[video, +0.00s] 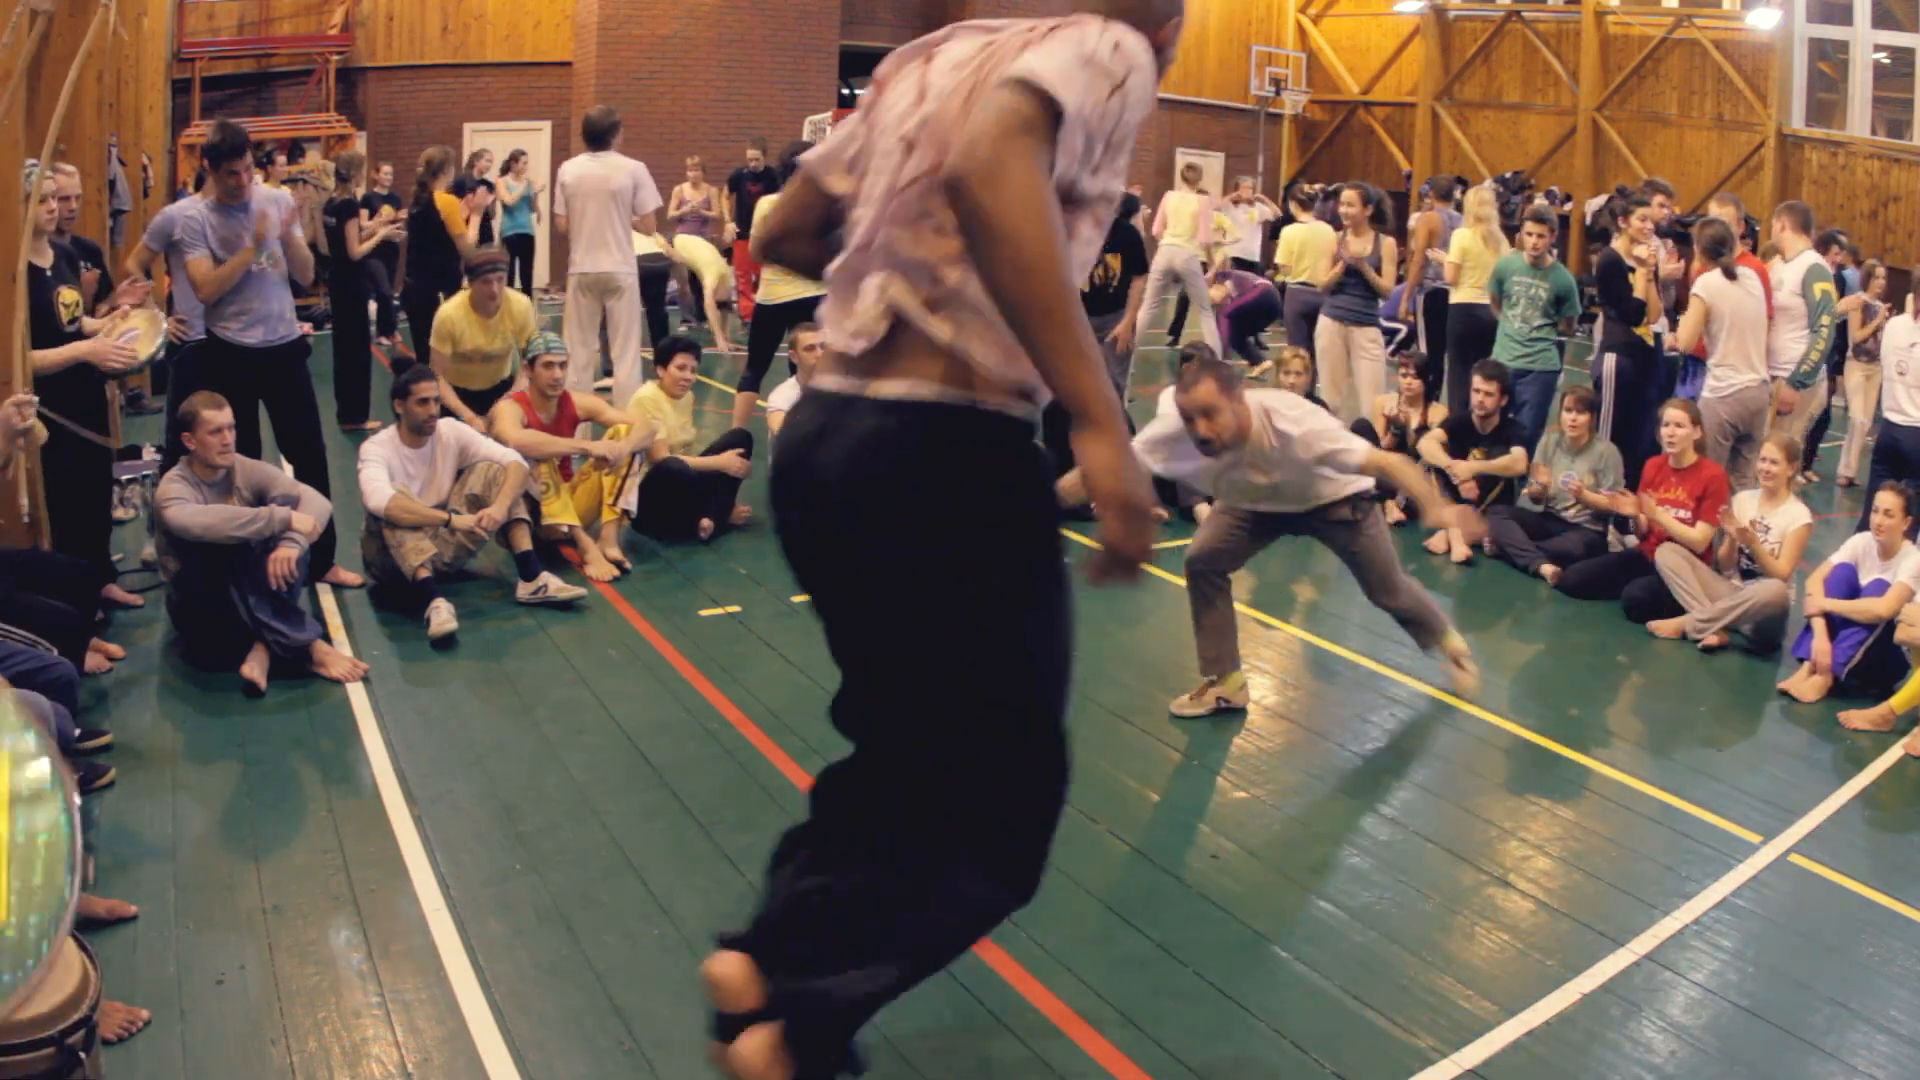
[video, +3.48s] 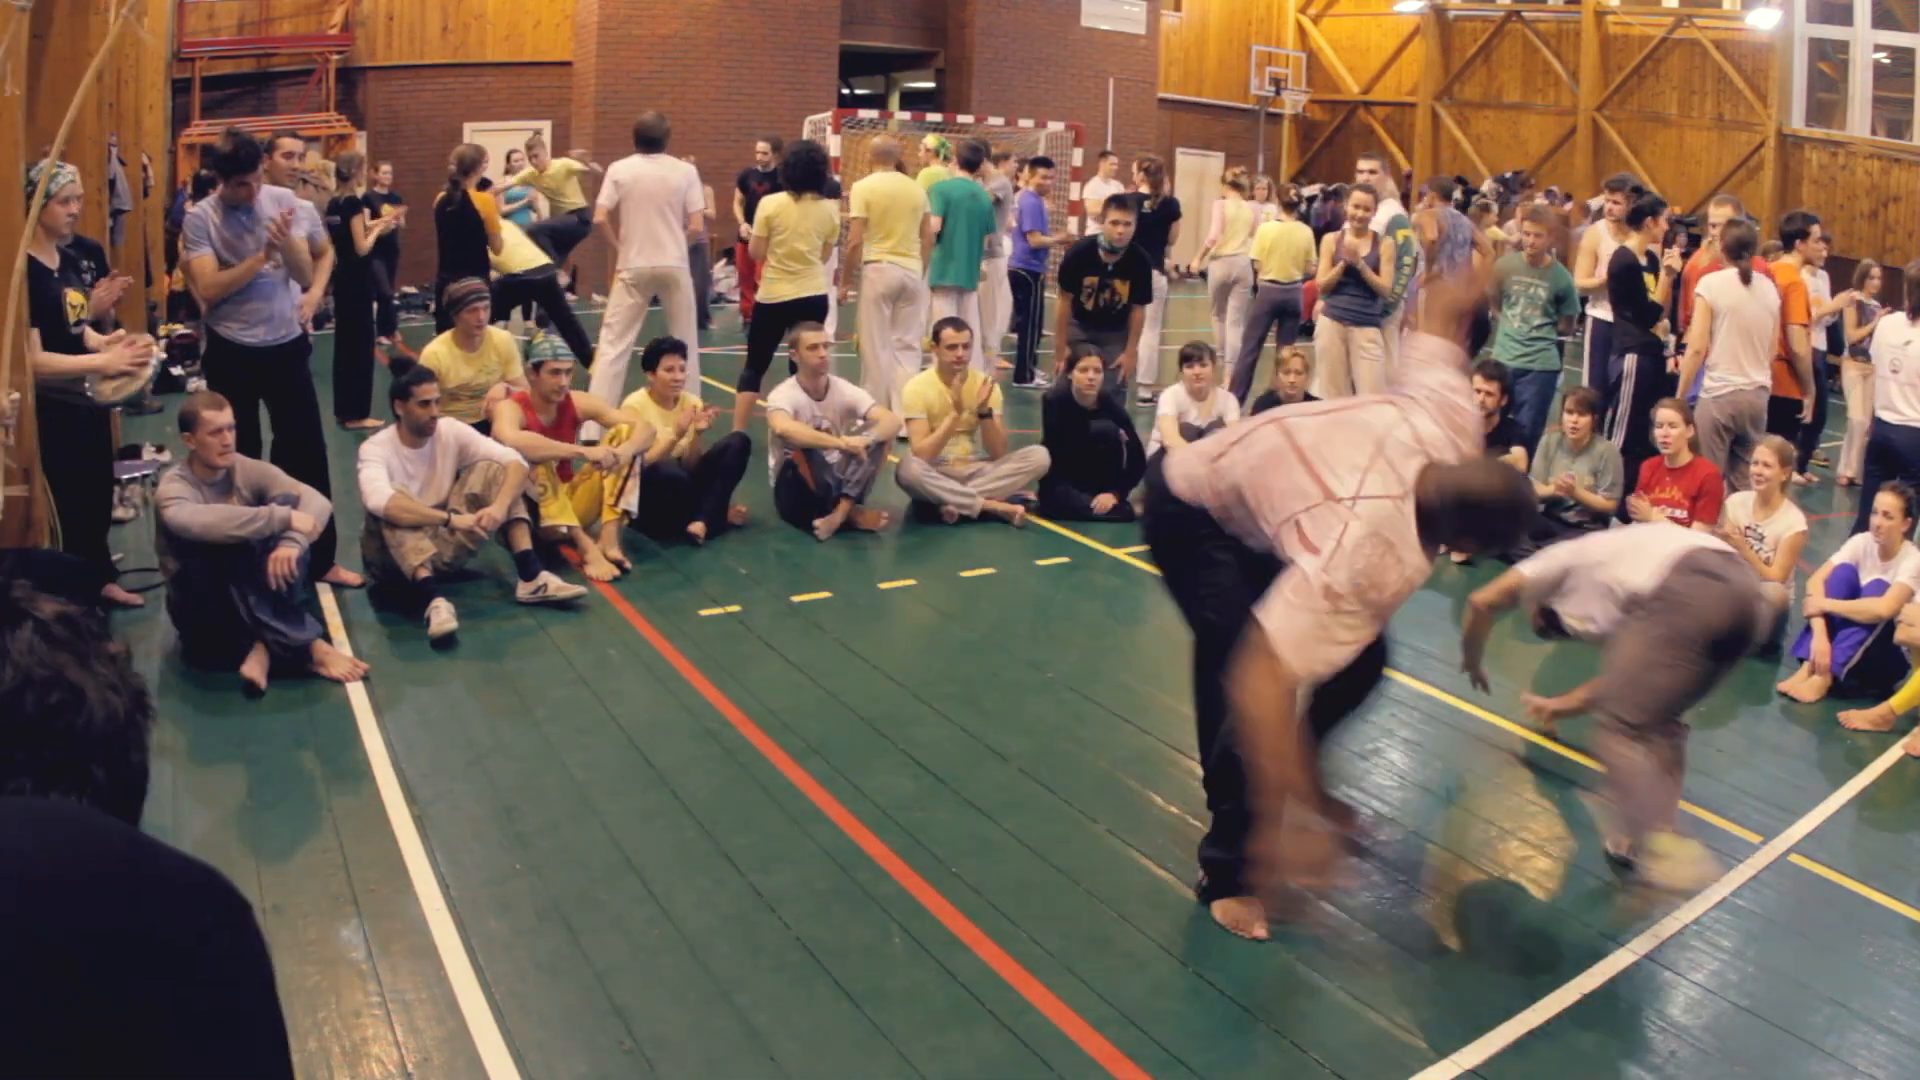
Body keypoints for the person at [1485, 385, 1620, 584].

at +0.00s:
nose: (1573, 418)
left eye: (1580, 412)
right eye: (1568, 411)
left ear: (1592, 417)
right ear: (1560, 414)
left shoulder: (1607, 452)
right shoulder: (1549, 441)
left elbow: (1613, 505)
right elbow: (1533, 497)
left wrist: (1583, 495)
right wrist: (1539, 489)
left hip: (1584, 528)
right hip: (1546, 518)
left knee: (1575, 548)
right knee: (1498, 513)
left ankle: (1509, 550)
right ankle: (1539, 566)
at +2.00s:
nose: (1569, 420)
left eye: (1577, 414)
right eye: (1564, 413)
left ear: (1590, 419)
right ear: (1558, 416)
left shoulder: (1606, 452)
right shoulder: (1548, 442)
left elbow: (1617, 505)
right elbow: (1532, 497)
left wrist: (1587, 497)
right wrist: (1535, 486)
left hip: (1584, 530)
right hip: (1546, 519)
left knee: (1574, 548)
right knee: (1494, 514)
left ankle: (1509, 550)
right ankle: (1539, 566)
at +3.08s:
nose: (1570, 420)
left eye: (1578, 414)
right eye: (1566, 412)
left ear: (1592, 420)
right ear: (1559, 415)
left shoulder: (1606, 451)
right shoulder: (1550, 441)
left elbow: (1617, 505)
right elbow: (1533, 497)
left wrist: (1589, 499)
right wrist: (1536, 484)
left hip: (1585, 529)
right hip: (1549, 518)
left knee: (1574, 548)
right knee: (1497, 512)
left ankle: (1510, 553)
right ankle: (1539, 565)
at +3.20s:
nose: (1572, 419)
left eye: (1580, 414)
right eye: (1567, 412)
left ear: (1593, 419)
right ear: (1560, 415)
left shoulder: (1607, 452)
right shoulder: (1549, 441)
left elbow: (1609, 505)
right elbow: (1534, 489)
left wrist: (1574, 490)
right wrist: (1553, 491)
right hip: (1551, 516)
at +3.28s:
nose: (1572, 419)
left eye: (1580, 414)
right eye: (1568, 412)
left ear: (1594, 419)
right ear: (1561, 414)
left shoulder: (1607, 452)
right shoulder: (1549, 441)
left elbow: (1613, 504)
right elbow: (1533, 483)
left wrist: (1581, 493)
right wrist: (1557, 483)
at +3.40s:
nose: (1572, 420)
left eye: (1580, 414)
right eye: (1568, 412)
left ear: (1594, 420)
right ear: (1561, 414)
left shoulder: (1607, 452)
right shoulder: (1550, 440)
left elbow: (1615, 504)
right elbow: (1532, 494)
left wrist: (1586, 497)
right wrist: (1541, 487)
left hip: (1583, 522)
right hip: (1546, 514)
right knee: (1494, 513)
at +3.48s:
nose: (1574, 420)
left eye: (1581, 414)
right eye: (1569, 413)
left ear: (1594, 419)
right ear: (1562, 415)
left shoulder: (1607, 452)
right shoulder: (1549, 442)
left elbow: (1610, 505)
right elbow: (1532, 489)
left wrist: (1576, 492)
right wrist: (1554, 489)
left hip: (1586, 525)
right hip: (1548, 517)